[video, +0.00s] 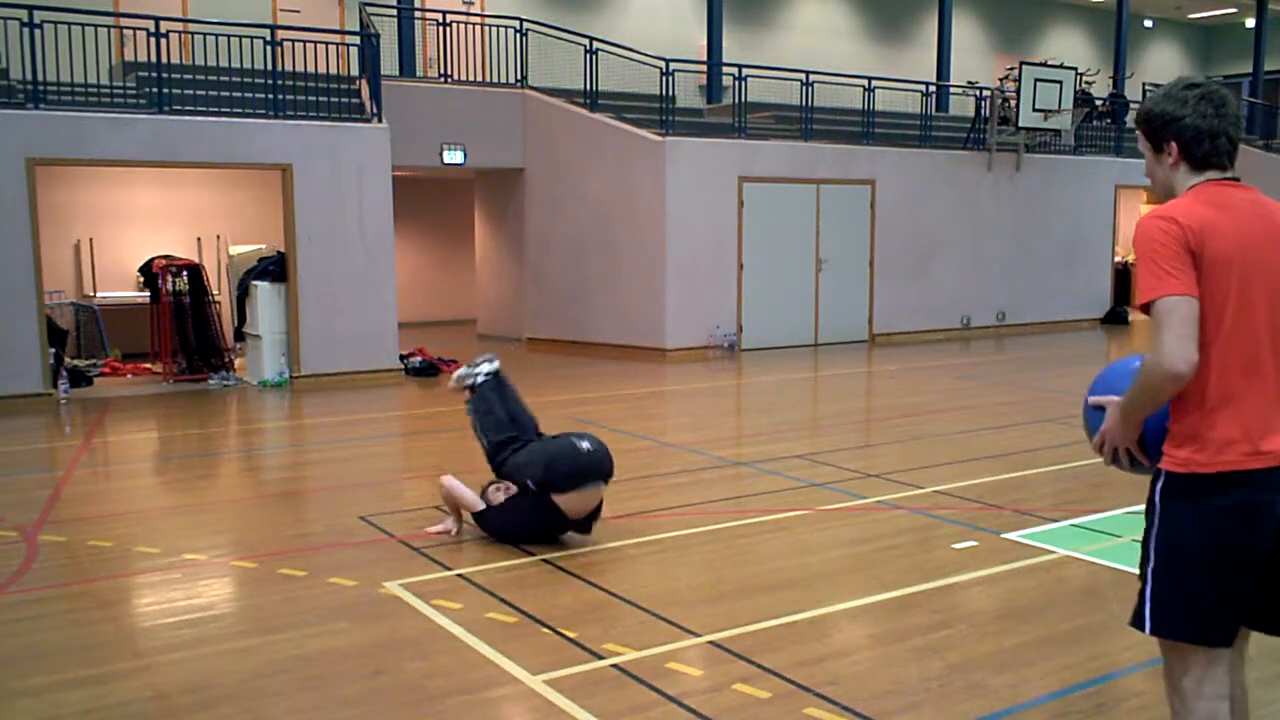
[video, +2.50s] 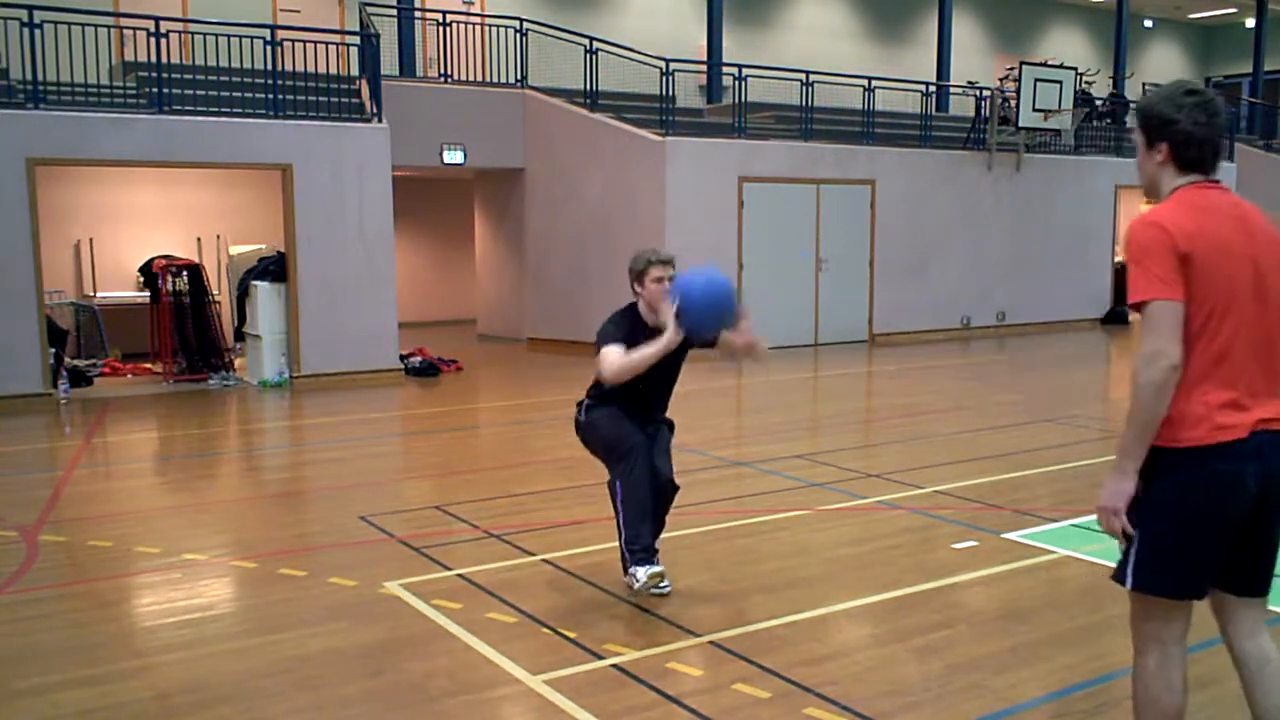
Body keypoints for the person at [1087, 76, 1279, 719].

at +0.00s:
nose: (1146, 170)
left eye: (1146, 154)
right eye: (1145, 155)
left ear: (1169, 150)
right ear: (1223, 147)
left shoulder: (1169, 221)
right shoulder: (1270, 213)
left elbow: (1175, 359)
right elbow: (1256, 343)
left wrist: (1126, 416)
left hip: (1208, 477)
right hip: (1269, 470)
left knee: (1196, 669)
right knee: (1229, 656)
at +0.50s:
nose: (1177, 167)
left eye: (1177, 151)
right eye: (1175, 152)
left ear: (1205, 148)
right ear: (1256, 148)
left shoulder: (1206, 223)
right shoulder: (1276, 206)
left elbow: (1214, 356)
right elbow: (1249, 350)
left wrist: (1145, 411)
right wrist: (1179, 405)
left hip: (1233, 469)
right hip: (1277, 465)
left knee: (1190, 656)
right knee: (1274, 633)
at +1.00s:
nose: (1160, 190)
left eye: (1162, 175)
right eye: (1158, 176)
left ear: (1190, 169)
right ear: (1227, 163)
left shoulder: (1205, 233)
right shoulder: (1273, 212)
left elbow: (1230, 360)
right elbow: (1259, 347)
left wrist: (1171, 428)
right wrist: (1196, 409)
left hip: (1250, 464)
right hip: (1279, 458)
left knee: (1191, 639)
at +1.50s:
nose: (1068, 223)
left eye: (1067, 209)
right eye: (1066, 209)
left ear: (1089, 207)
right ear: (1139, 200)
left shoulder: (1101, 270)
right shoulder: (1203, 245)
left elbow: (1111, 402)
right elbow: (1232, 369)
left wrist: (1099, 500)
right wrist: (1175, 471)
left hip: (1208, 463)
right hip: (1274, 447)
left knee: (1184, 646)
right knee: (1268, 625)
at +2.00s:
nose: (1072, 175)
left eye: (1073, 161)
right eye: (1072, 161)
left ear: (1092, 164)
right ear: (1143, 160)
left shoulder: (1096, 236)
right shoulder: (1198, 226)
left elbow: (1045, 361)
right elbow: (1148, 343)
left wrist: (980, 373)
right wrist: (1054, 343)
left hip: (1166, 457)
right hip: (1243, 448)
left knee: (1156, 634)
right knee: (1230, 616)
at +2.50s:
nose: (1136, 156)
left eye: (1138, 143)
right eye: (1136, 143)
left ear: (1160, 149)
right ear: (1212, 150)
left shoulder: (1159, 226)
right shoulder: (1262, 224)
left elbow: (1162, 359)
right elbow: (1266, 338)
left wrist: (1124, 470)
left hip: (1189, 463)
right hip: (1264, 457)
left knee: (1158, 636)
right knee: (1246, 615)